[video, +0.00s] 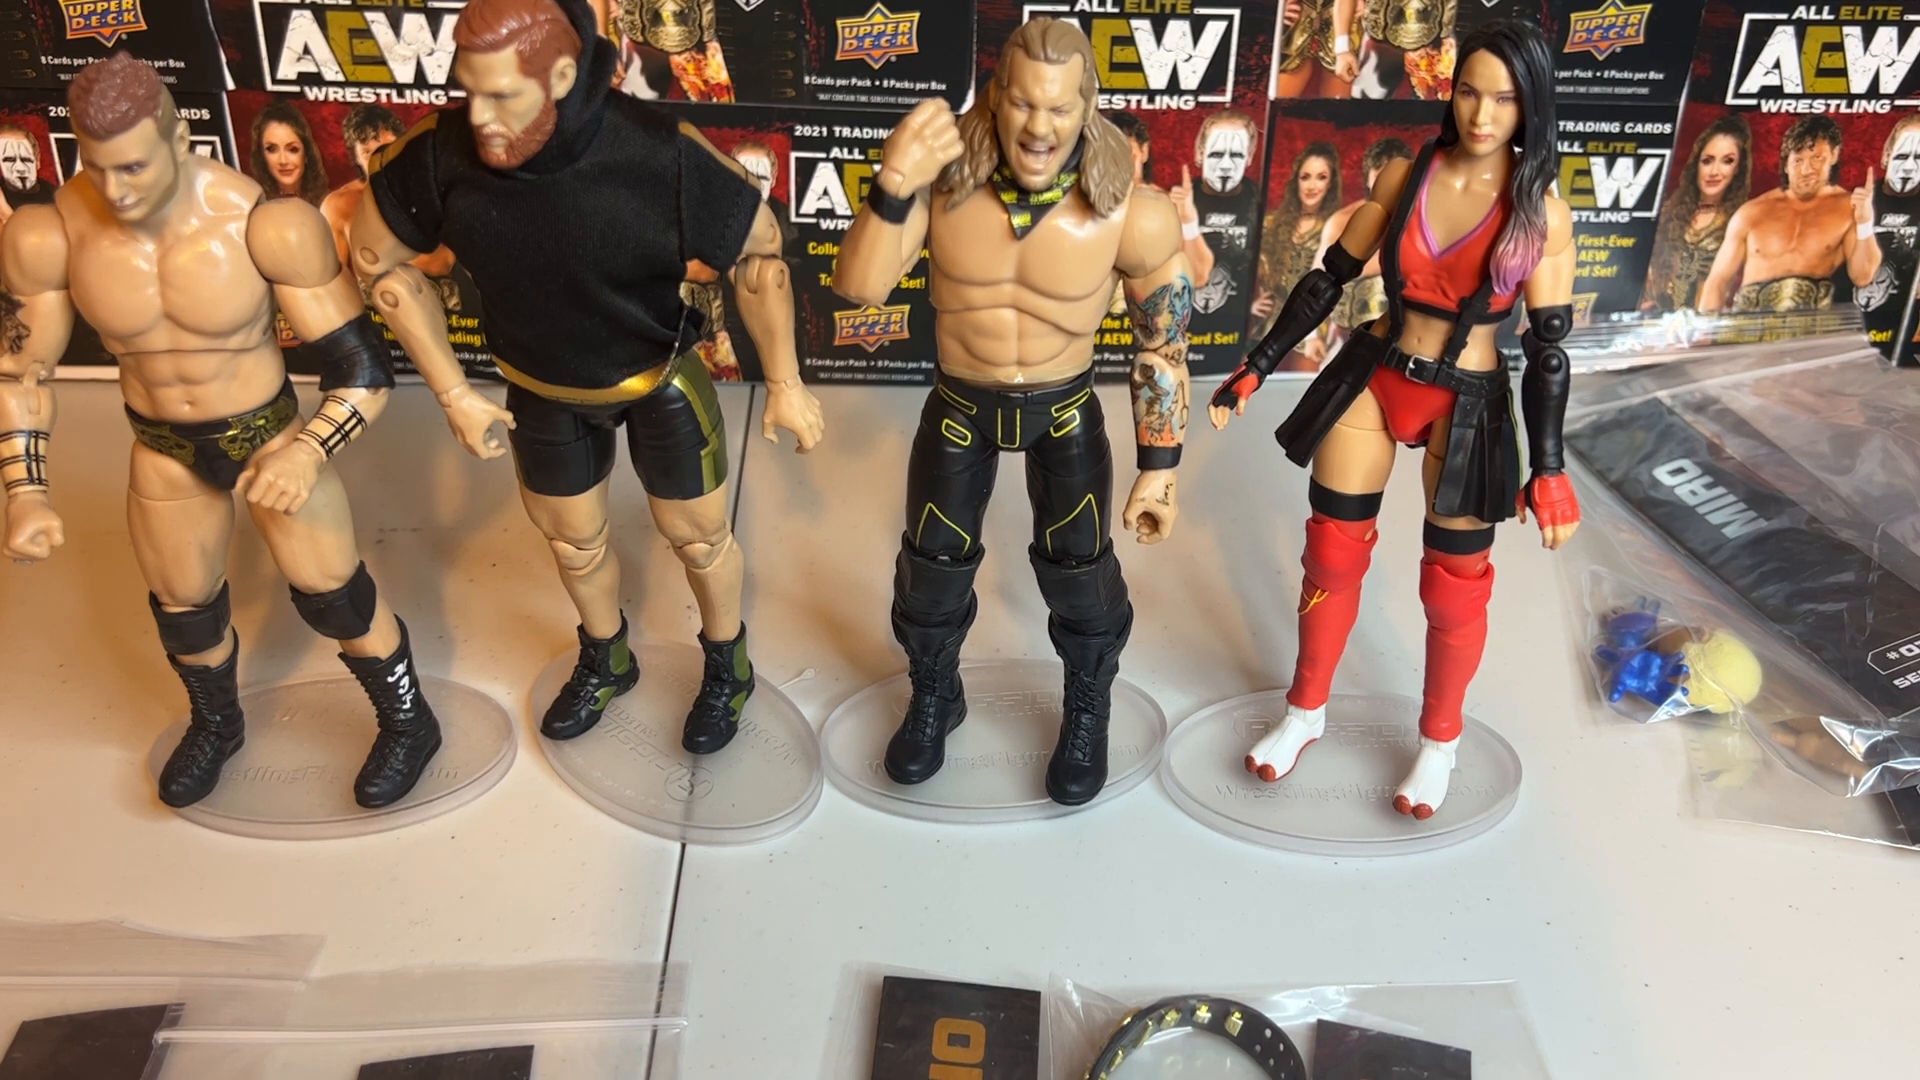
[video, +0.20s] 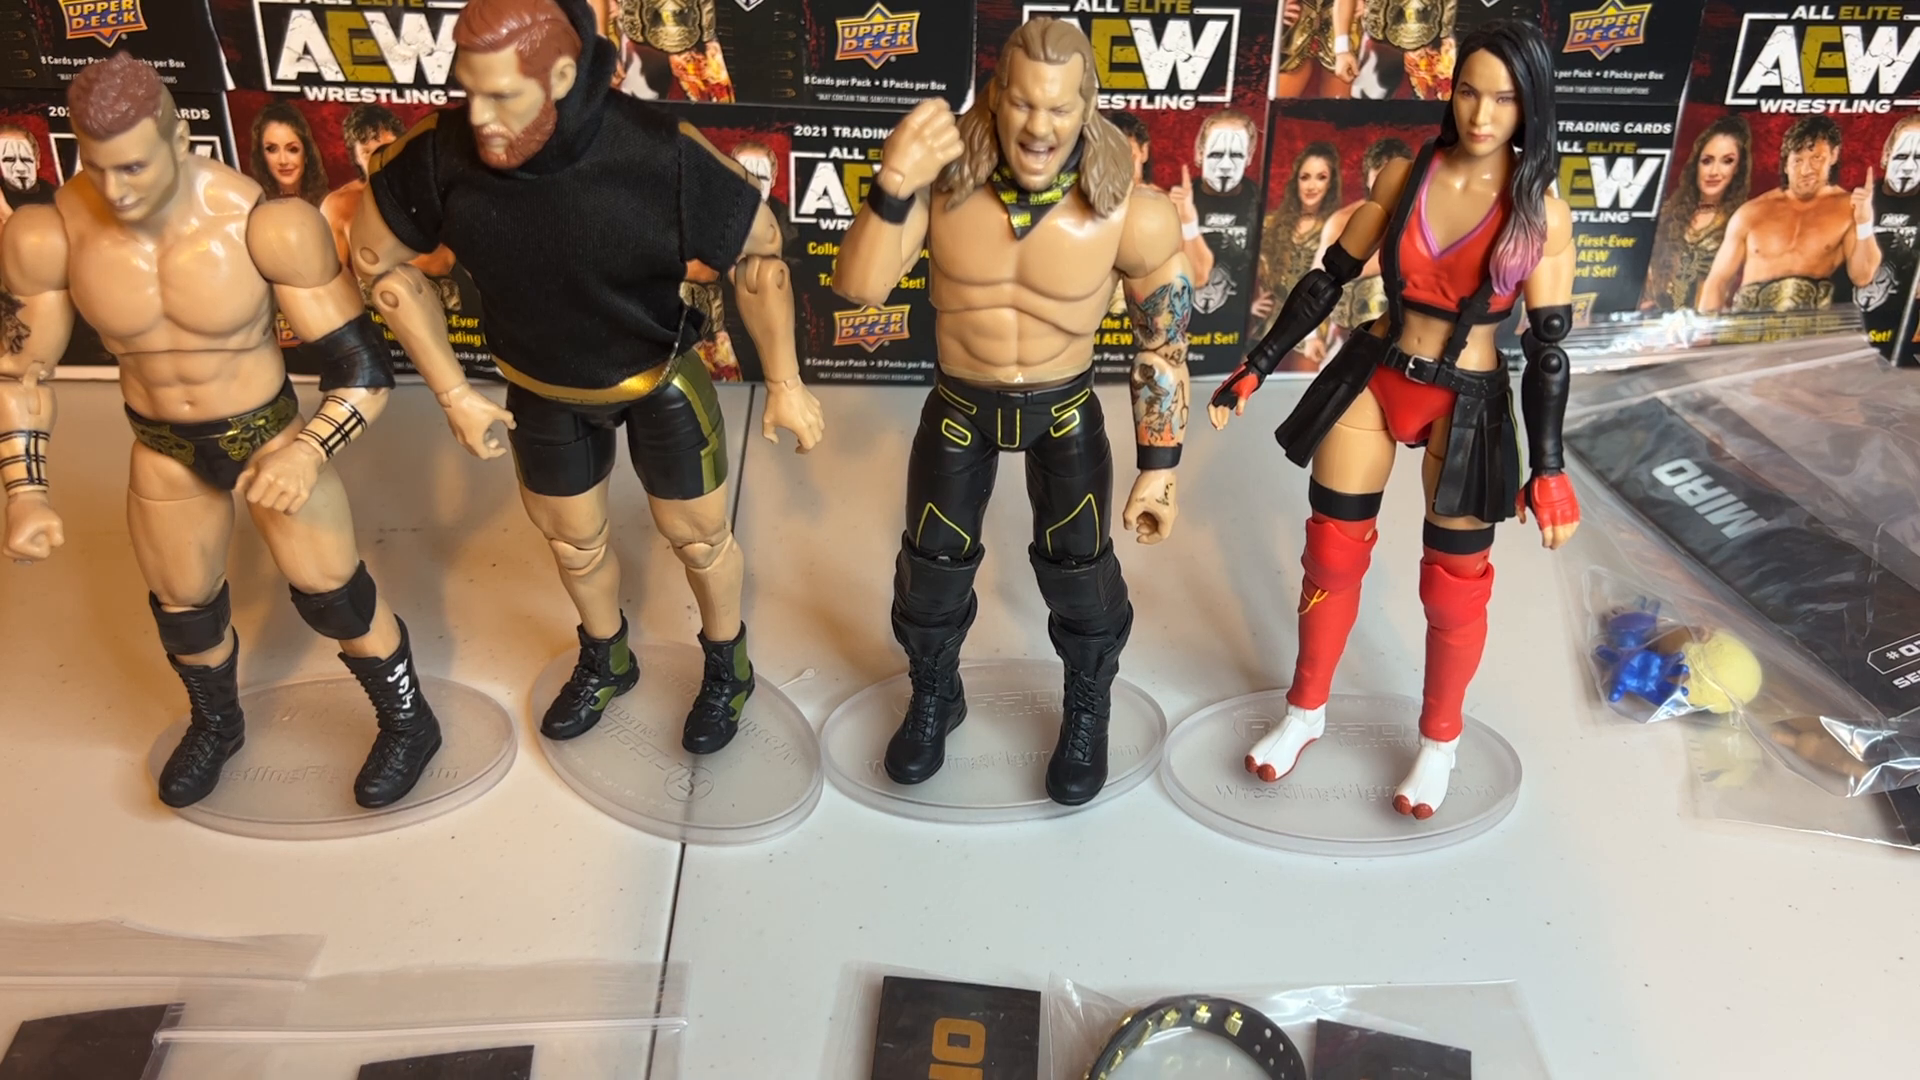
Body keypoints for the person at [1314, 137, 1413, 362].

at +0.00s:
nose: (1389, 181)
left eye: (1397, 174)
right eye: (1382, 172)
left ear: (1410, 177)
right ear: (1368, 175)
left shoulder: (1417, 216)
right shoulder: (1343, 221)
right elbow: (1321, 277)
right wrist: (1314, 334)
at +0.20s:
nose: (1389, 182)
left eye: (1397, 174)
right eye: (1381, 173)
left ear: (1410, 177)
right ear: (1367, 176)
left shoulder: (1417, 216)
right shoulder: (1343, 221)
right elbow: (1321, 277)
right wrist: (1314, 334)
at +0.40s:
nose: (1388, 180)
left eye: (1396, 173)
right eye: (1381, 171)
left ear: (1410, 177)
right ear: (1368, 174)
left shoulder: (1416, 216)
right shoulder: (1343, 220)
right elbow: (1321, 276)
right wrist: (1314, 333)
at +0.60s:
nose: (1388, 181)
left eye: (1396, 174)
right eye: (1381, 172)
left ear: (1410, 177)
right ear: (1368, 175)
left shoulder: (1416, 216)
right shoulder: (1343, 220)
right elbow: (1321, 276)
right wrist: (1314, 334)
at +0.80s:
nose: (1388, 181)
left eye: (1396, 174)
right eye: (1381, 172)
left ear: (1410, 177)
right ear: (1368, 175)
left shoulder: (1416, 216)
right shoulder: (1343, 220)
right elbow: (1321, 276)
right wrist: (1314, 334)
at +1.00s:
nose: (1388, 182)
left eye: (1396, 174)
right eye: (1381, 173)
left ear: (1410, 177)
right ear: (1368, 176)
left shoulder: (1417, 216)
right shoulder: (1344, 220)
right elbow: (1321, 277)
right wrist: (1314, 334)